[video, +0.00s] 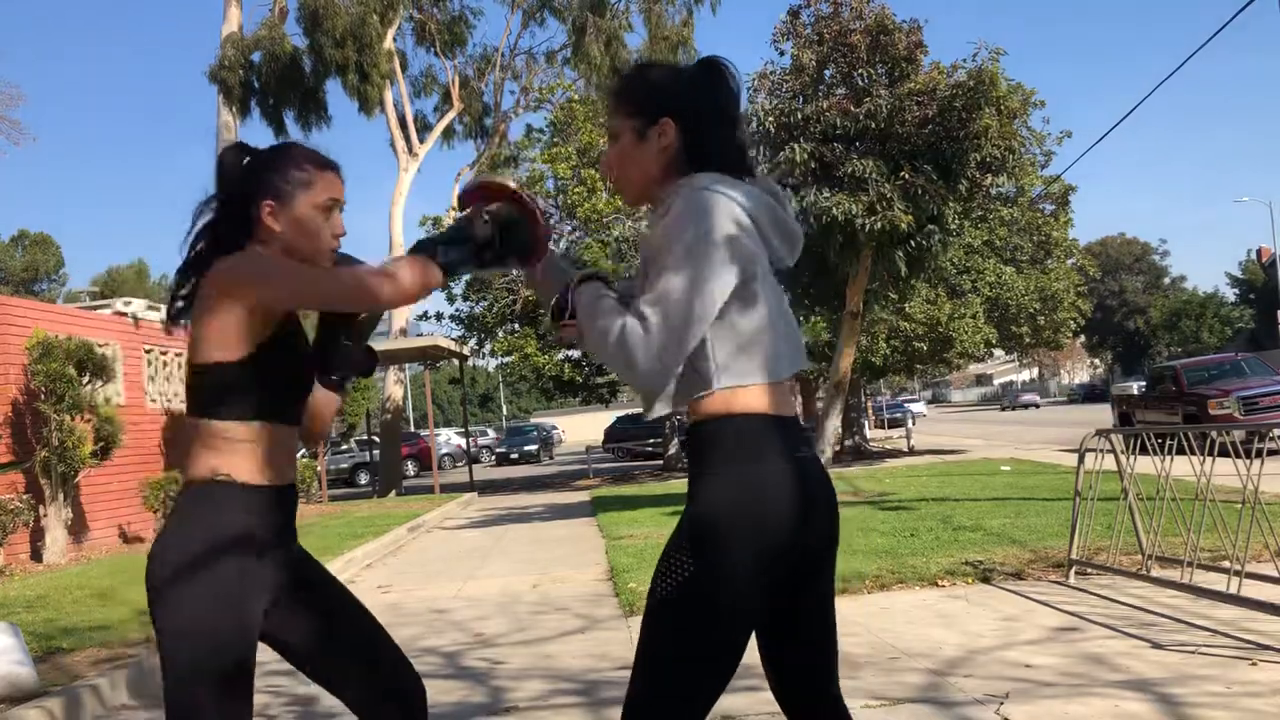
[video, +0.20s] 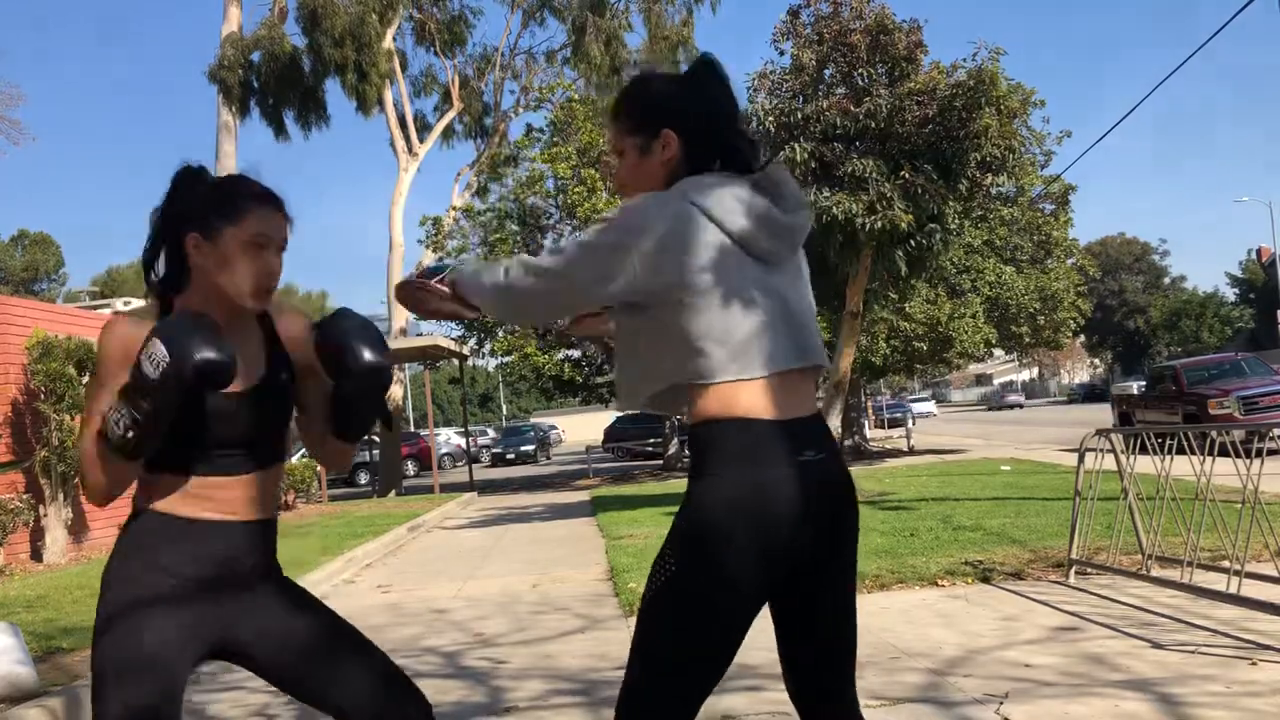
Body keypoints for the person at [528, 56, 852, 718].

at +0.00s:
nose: (605, 157)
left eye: (616, 137)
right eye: (608, 140)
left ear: (663, 138)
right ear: (665, 139)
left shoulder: (698, 210)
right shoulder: (727, 206)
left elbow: (647, 359)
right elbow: (645, 332)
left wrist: (576, 291)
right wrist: (545, 265)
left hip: (739, 484)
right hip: (791, 477)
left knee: (656, 708)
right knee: (814, 701)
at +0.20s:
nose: (613, 174)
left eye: (619, 155)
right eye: (611, 157)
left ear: (667, 147)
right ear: (675, 144)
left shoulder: (658, 220)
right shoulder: (770, 215)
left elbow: (541, 285)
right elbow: (682, 325)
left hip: (737, 484)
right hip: (822, 479)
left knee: (651, 706)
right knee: (831, 702)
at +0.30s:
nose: (619, 178)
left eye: (625, 160)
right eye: (618, 162)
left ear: (675, 155)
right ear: (678, 152)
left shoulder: (663, 225)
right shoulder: (779, 220)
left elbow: (550, 301)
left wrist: (456, 303)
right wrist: (476, 313)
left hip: (740, 490)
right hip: (824, 485)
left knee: (632, 706)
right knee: (829, 703)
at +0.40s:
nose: (614, 176)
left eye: (623, 157)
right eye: (615, 159)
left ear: (671, 152)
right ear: (672, 153)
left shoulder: (671, 222)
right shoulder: (759, 216)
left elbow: (586, 332)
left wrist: (537, 357)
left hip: (735, 488)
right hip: (812, 485)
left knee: (618, 704)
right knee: (819, 702)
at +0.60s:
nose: (582, 158)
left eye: (594, 139)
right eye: (585, 140)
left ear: (643, 144)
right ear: (647, 145)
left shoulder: (645, 214)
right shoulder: (706, 215)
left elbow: (552, 290)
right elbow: (610, 350)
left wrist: (446, 339)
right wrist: (546, 269)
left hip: (711, 478)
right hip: (783, 468)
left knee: (629, 704)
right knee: (818, 695)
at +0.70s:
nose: (564, 155)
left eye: (572, 136)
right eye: (563, 138)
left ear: (621, 133)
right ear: (638, 134)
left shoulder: (615, 208)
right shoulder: (708, 203)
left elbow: (466, 231)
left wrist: (316, 217)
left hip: (708, 476)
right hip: (783, 467)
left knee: (636, 705)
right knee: (811, 691)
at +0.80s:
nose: (565, 166)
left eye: (571, 149)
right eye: (564, 150)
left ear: (622, 142)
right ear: (648, 143)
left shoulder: (608, 212)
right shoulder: (721, 205)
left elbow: (471, 212)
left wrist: (347, 172)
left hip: (716, 490)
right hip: (794, 479)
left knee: (627, 706)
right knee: (810, 692)